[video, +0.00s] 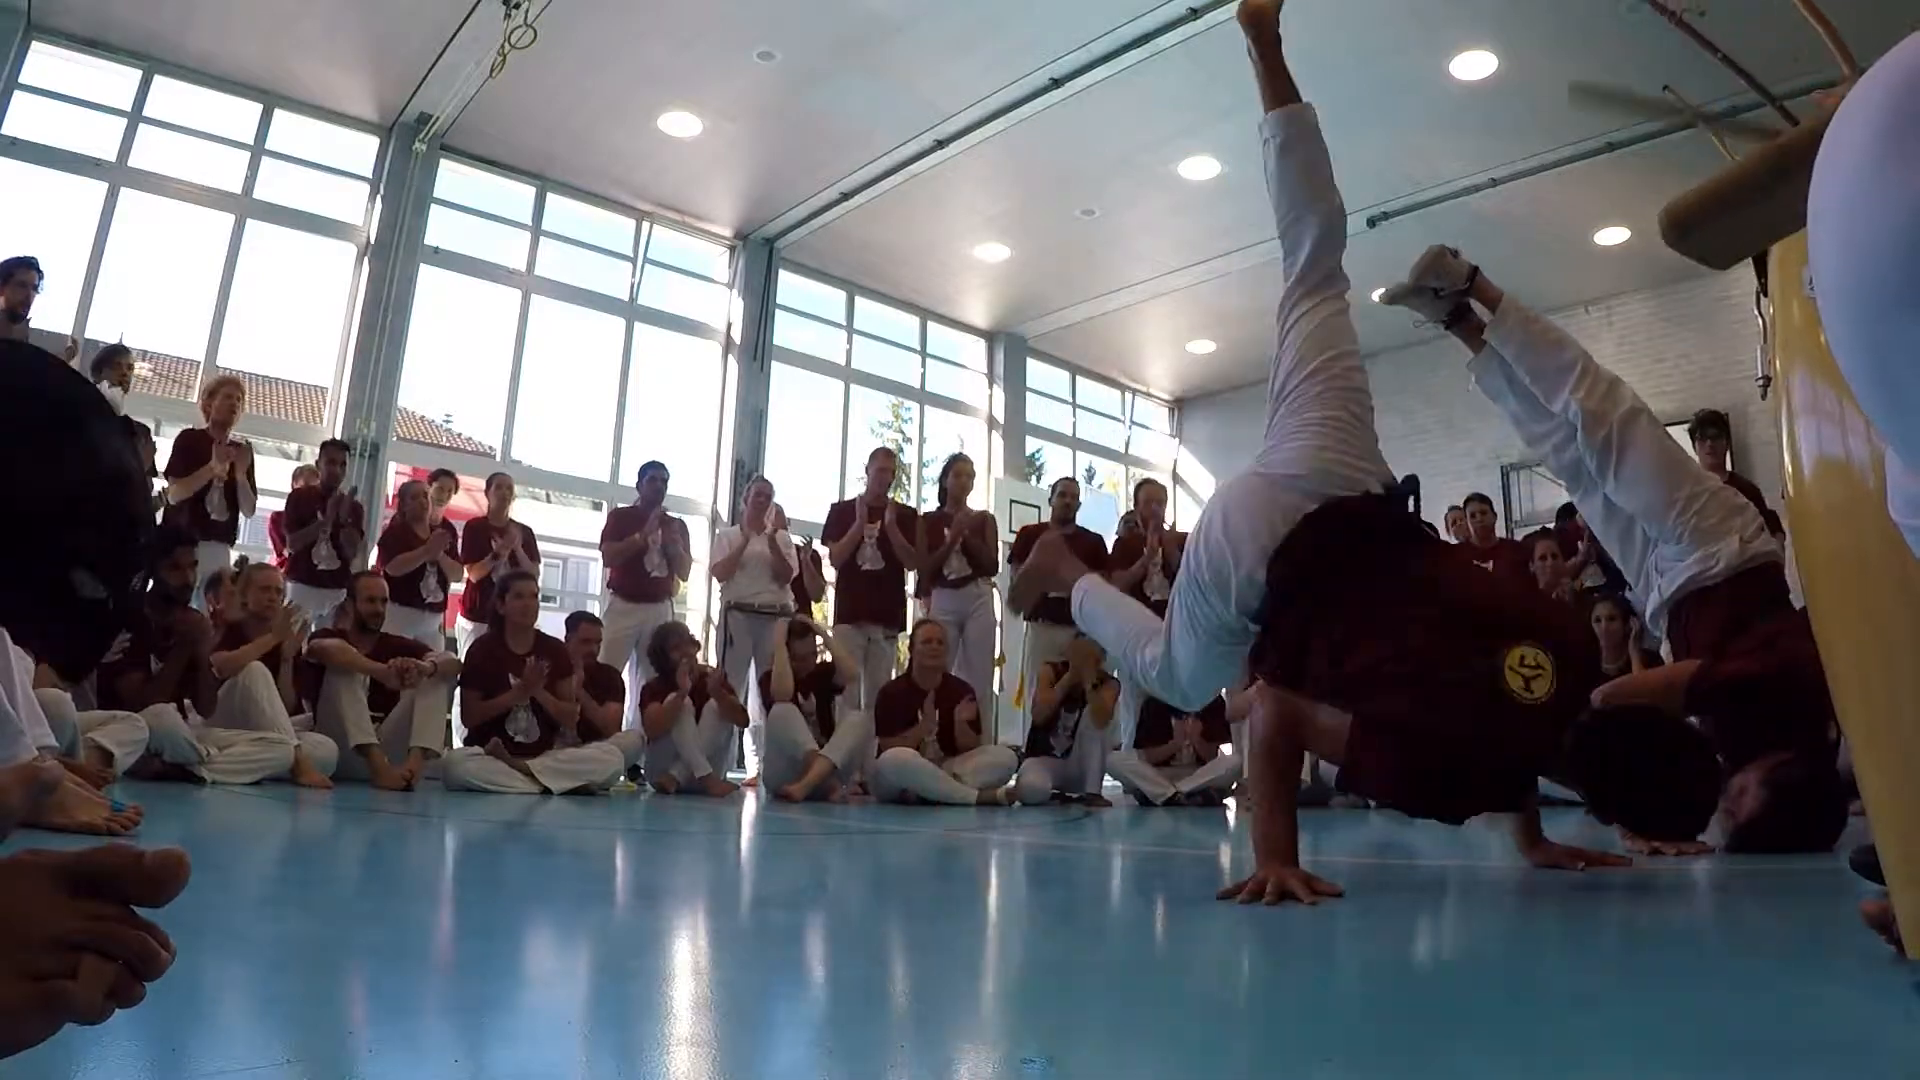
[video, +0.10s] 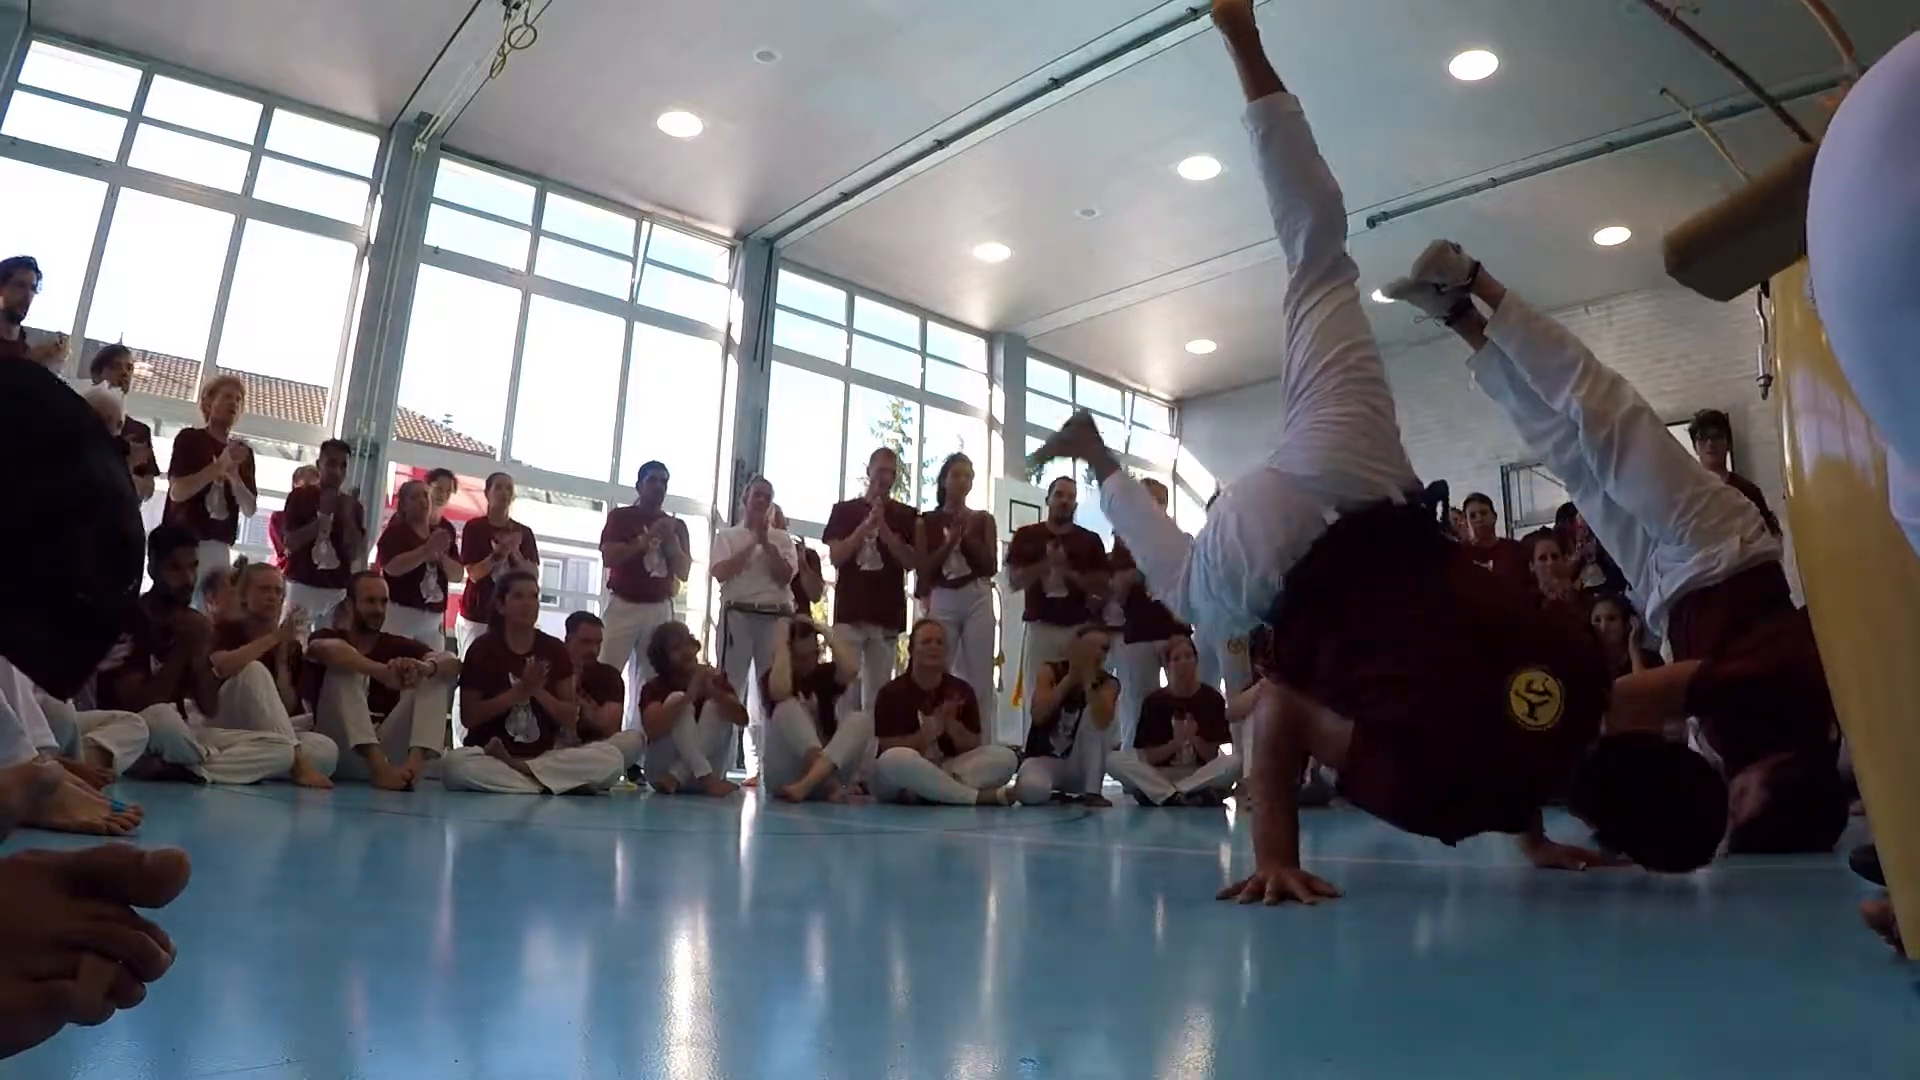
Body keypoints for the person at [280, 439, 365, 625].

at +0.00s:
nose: (337, 470)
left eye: (342, 465)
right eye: (331, 463)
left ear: (346, 469)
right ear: (318, 465)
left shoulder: (353, 508)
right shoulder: (299, 497)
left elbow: (351, 551)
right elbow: (293, 543)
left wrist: (345, 519)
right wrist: (326, 520)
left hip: (335, 589)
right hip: (301, 584)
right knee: (292, 650)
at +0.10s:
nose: (337, 471)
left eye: (343, 466)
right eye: (331, 464)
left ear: (347, 470)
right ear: (318, 465)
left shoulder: (352, 506)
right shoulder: (299, 496)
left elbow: (353, 552)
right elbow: (290, 542)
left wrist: (346, 516)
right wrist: (320, 521)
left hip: (336, 588)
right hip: (301, 584)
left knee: (329, 655)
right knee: (290, 650)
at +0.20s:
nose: (338, 472)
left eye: (343, 467)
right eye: (332, 465)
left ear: (348, 470)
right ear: (319, 465)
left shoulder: (352, 506)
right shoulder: (298, 496)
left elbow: (355, 553)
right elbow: (286, 539)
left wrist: (359, 524)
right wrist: (306, 506)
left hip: (336, 589)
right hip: (301, 584)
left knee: (329, 654)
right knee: (290, 650)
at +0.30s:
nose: (337, 474)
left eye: (343, 469)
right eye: (331, 467)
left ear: (348, 470)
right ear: (319, 464)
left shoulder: (349, 504)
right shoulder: (298, 495)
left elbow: (351, 550)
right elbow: (294, 539)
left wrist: (351, 519)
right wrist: (316, 509)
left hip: (336, 586)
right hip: (302, 582)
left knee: (332, 651)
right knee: (290, 648)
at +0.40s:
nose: (337, 474)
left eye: (344, 469)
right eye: (332, 467)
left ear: (348, 471)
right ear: (320, 464)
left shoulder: (354, 508)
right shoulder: (299, 496)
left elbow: (350, 553)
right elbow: (292, 542)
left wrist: (340, 525)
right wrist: (320, 532)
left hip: (335, 589)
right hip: (300, 585)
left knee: (328, 655)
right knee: (289, 650)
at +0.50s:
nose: (338, 475)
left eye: (344, 470)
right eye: (333, 467)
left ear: (349, 471)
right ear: (321, 463)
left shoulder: (354, 509)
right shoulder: (296, 498)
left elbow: (356, 561)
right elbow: (275, 543)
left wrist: (339, 540)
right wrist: (312, 540)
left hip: (336, 592)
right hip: (298, 589)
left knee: (327, 660)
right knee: (289, 655)